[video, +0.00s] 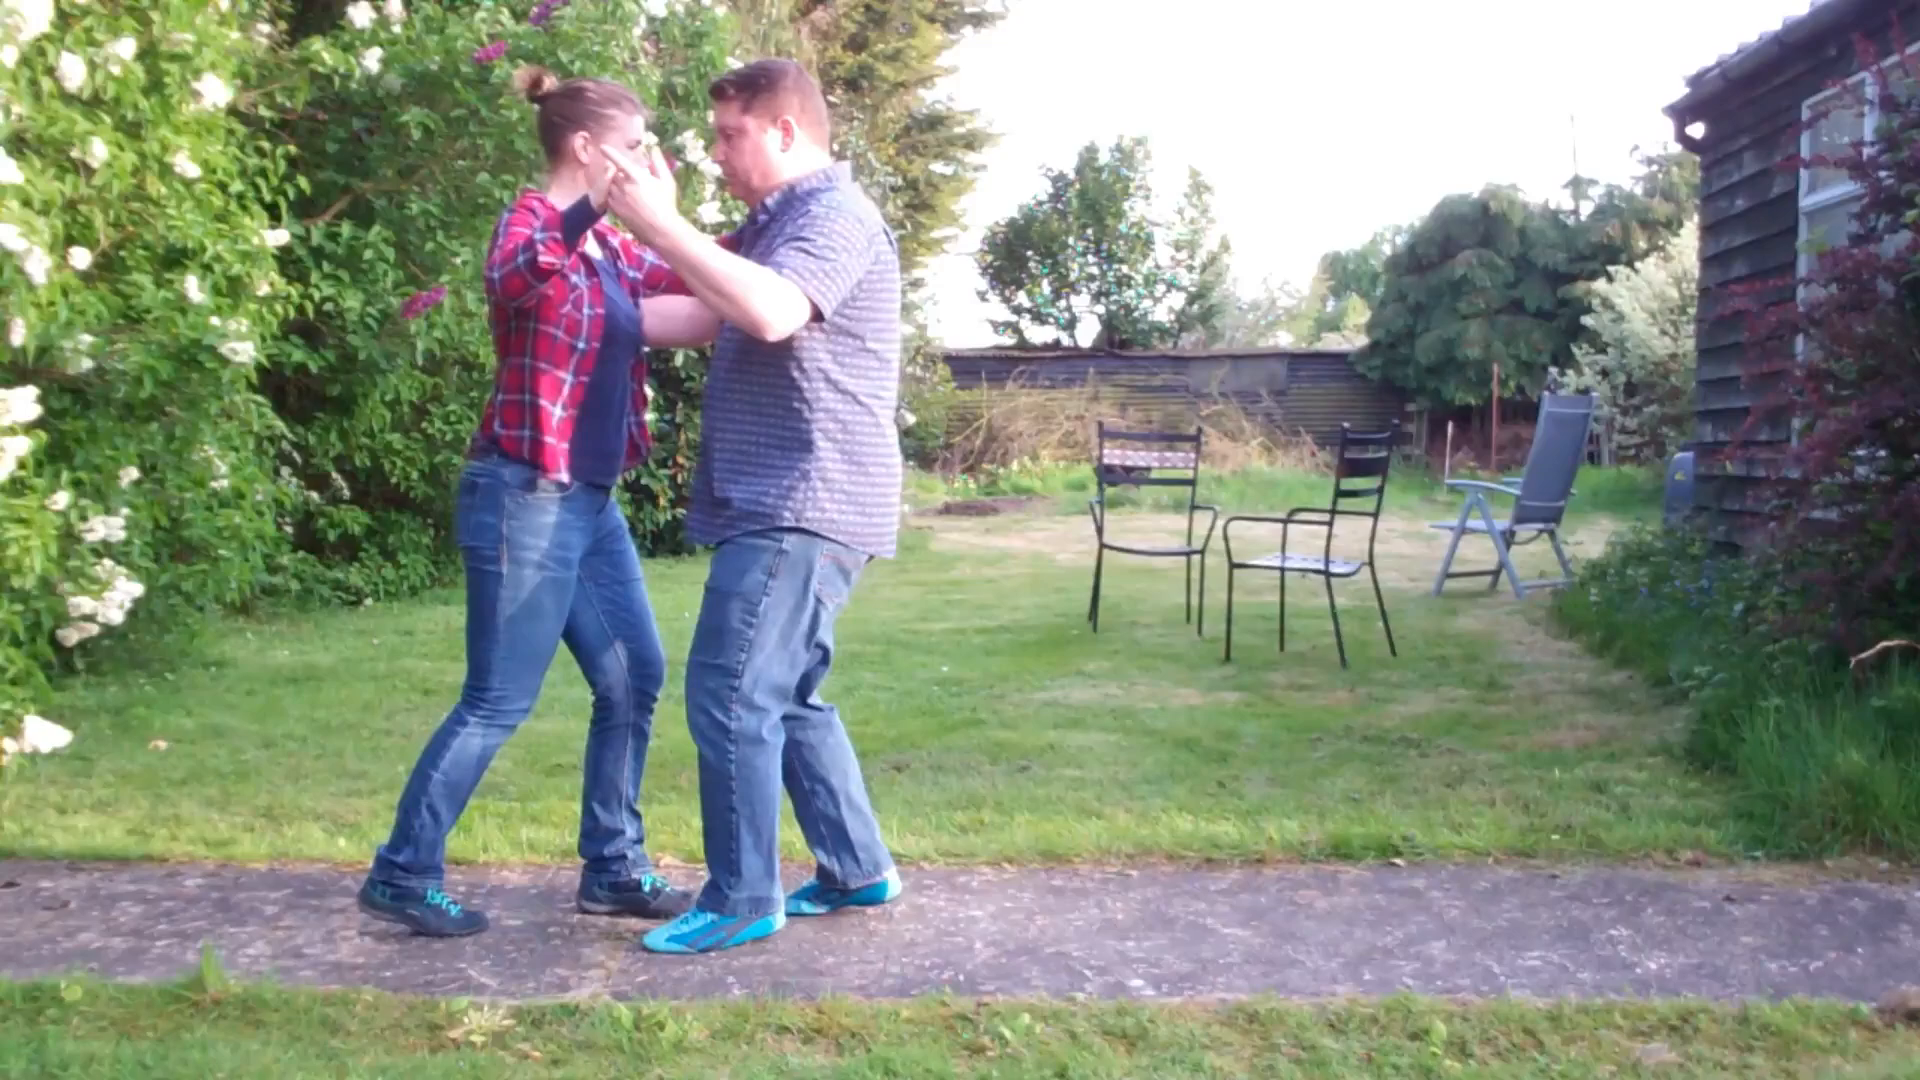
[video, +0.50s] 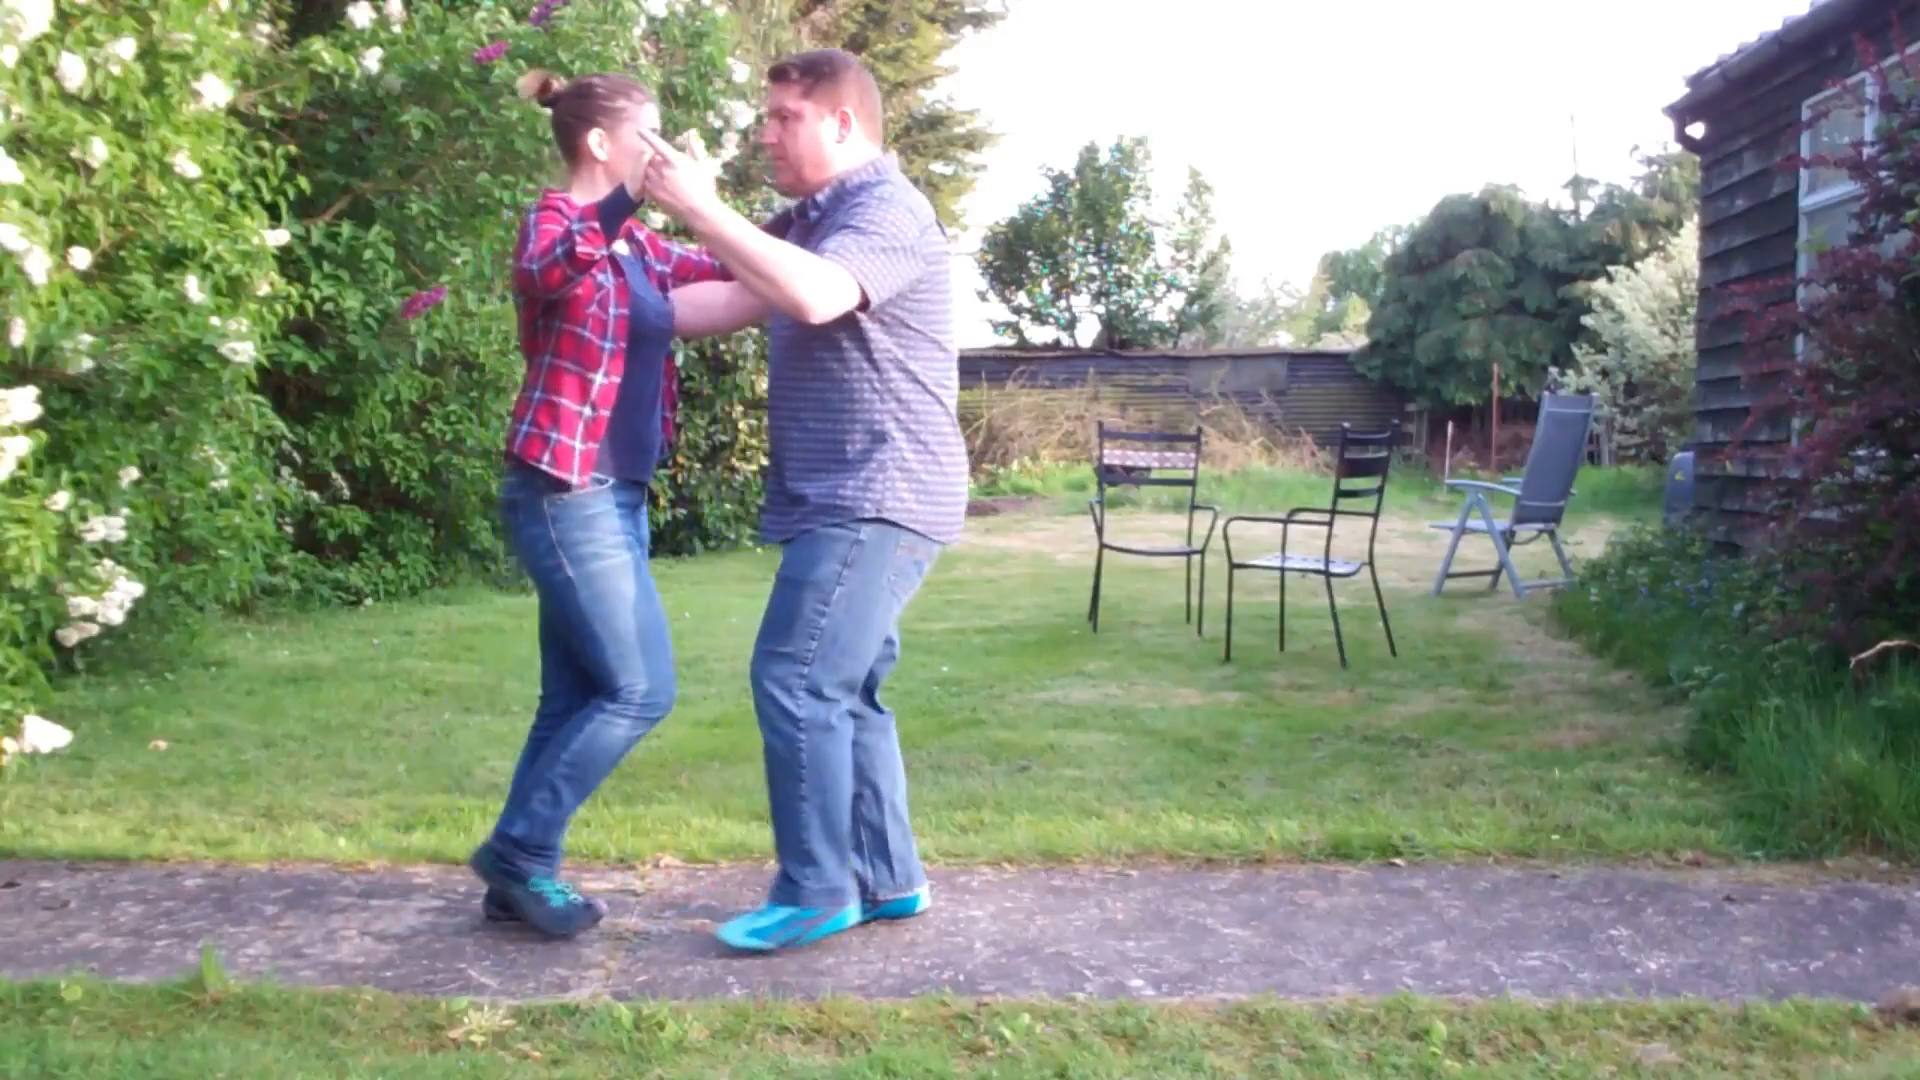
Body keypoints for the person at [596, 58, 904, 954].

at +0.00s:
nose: (717, 157)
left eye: (728, 137)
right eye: (715, 139)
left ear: (782, 129)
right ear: (781, 132)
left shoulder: (834, 214)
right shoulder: (776, 225)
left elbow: (774, 310)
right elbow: (702, 315)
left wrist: (661, 223)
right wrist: (586, 308)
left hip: (808, 506)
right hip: (776, 506)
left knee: (729, 693)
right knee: (788, 693)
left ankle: (741, 900)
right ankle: (856, 868)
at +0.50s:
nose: (764, 135)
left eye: (781, 118)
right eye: (765, 118)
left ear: (839, 121)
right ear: (824, 124)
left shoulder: (886, 208)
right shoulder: (817, 223)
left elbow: (816, 294)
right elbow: (707, 299)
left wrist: (703, 208)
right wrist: (596, 302)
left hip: (883, 495)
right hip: (842, 496)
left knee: (795, 678)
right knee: (850, 687)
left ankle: (817, 891)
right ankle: (887, 874)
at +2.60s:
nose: (689, 166)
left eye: (695, 145)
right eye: (687, 148)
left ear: (746, 133)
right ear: (756, 135)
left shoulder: (793, 211)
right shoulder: (784, 214)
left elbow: (693, 303)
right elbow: (672, 315)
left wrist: (593, 220)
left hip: (769, 497)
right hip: (791, 499)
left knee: (671, 667)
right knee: (759, 692)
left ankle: (790, 843)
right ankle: (778, 873)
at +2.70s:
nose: (659, 168)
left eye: (666, 148)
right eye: (658, 151)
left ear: (718, 135)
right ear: (726, 138)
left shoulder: (764, 213)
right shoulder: (759, 217)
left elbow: (668, 299)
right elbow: (641, 317)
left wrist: (565, 216)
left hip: (740, 500)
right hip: (775, 503)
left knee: (637, 670)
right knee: (739, 692)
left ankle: (679, 878)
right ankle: (778, 876)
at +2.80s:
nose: (632, 168)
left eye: (638, 147)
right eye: (629, 150)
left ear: (687, 132)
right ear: (697, 135)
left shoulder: (734, 211)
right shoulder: (733, 213)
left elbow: (641, 293)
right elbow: (617, 316)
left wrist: (531, 213)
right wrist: (502, 306)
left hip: (710, 502)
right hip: (748, 504)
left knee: (613, 682)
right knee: (723, 692)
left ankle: (595, 892)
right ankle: (776, 875)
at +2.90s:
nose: (605, 165)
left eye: (611, 144)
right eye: (603, 147)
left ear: (660, 131)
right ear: (670, 132)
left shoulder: (701, 211)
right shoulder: (711, 211)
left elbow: (607, 290)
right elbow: (588, 317)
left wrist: (496, 208)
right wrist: (483, 280)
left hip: (676, 505)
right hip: (721, 507)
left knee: (588, 687)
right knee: (696, 691)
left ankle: (595, 897)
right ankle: (771, 868)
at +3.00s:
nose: (579, 161)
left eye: (585, 141)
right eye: (577, 144)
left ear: (634, 128)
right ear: (647, 130)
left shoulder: (669, 206)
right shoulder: (694, 207)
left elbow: (579, 291)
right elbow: (562, 315)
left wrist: (465, 212)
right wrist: (464, 268)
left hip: (645, 501)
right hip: (699, 504)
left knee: (572, 691)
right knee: (665, 686)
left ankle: (593, 899)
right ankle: (760, 859)